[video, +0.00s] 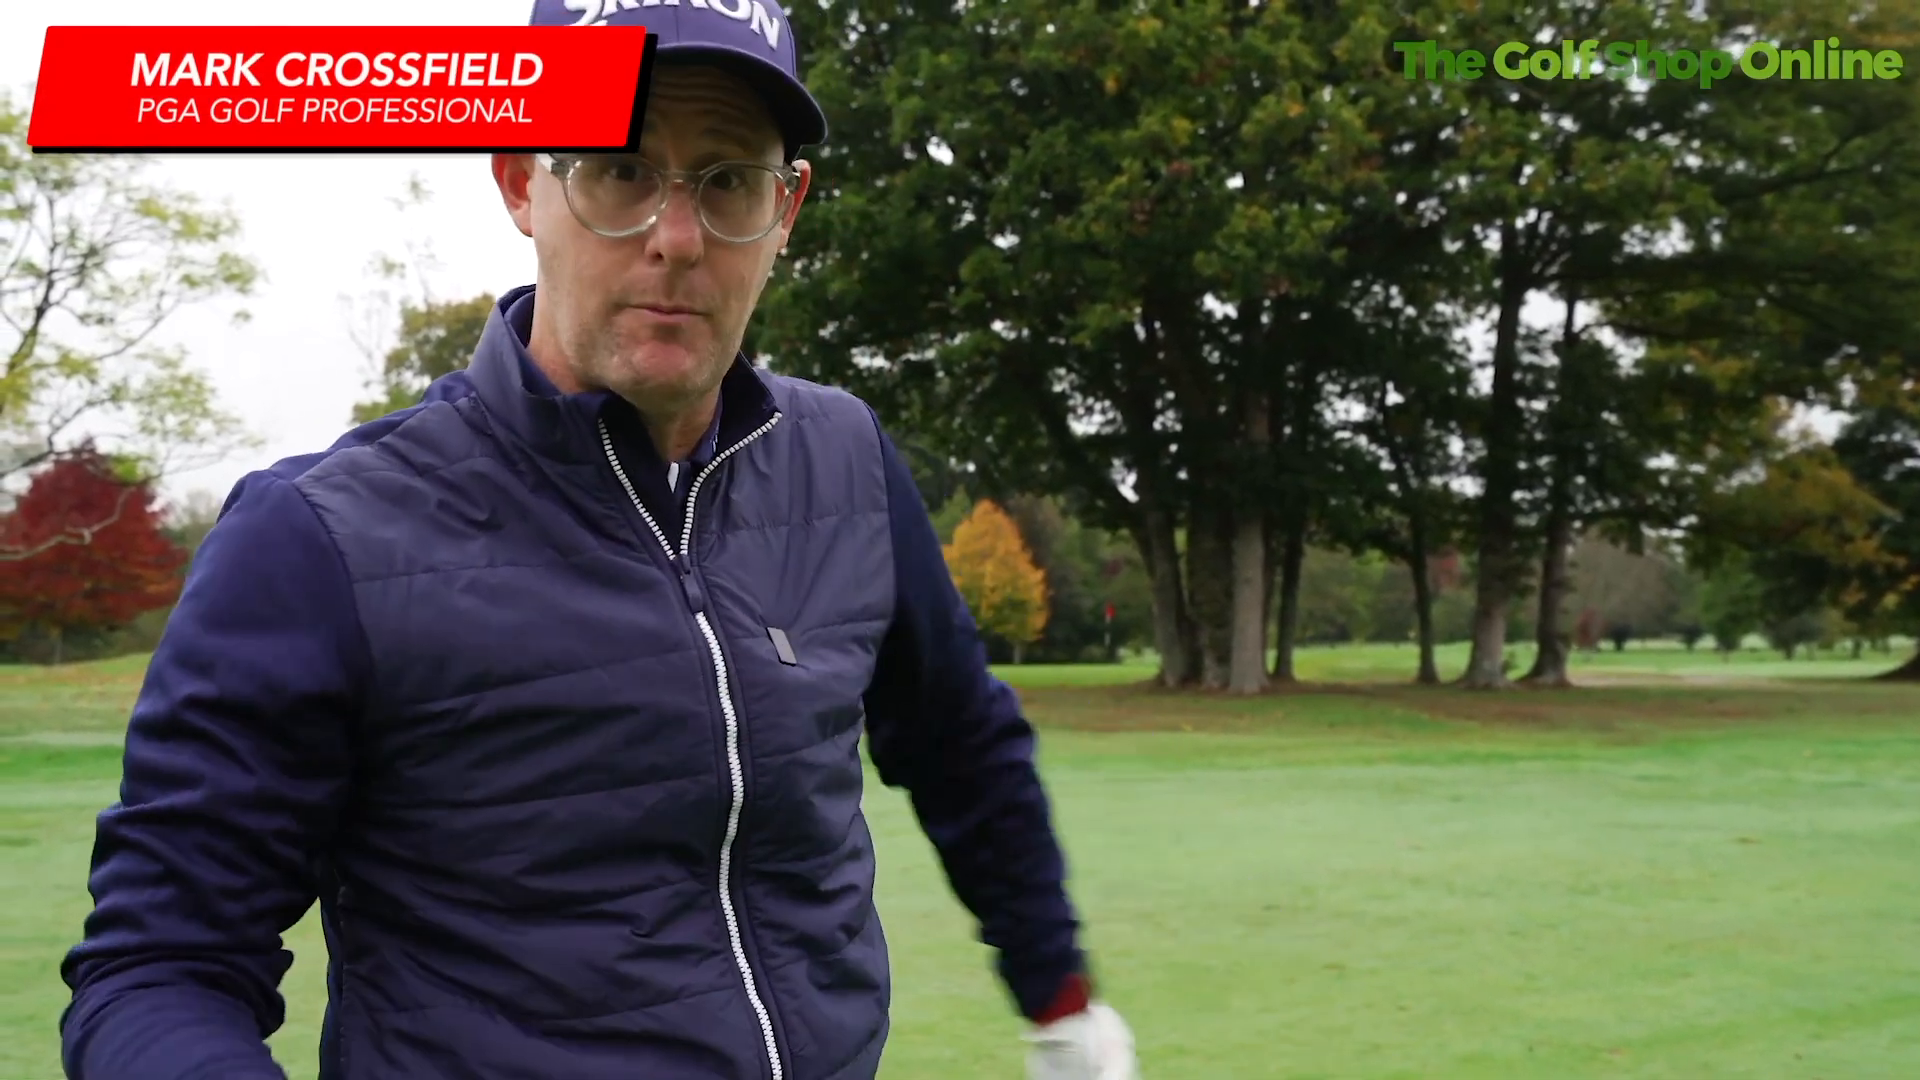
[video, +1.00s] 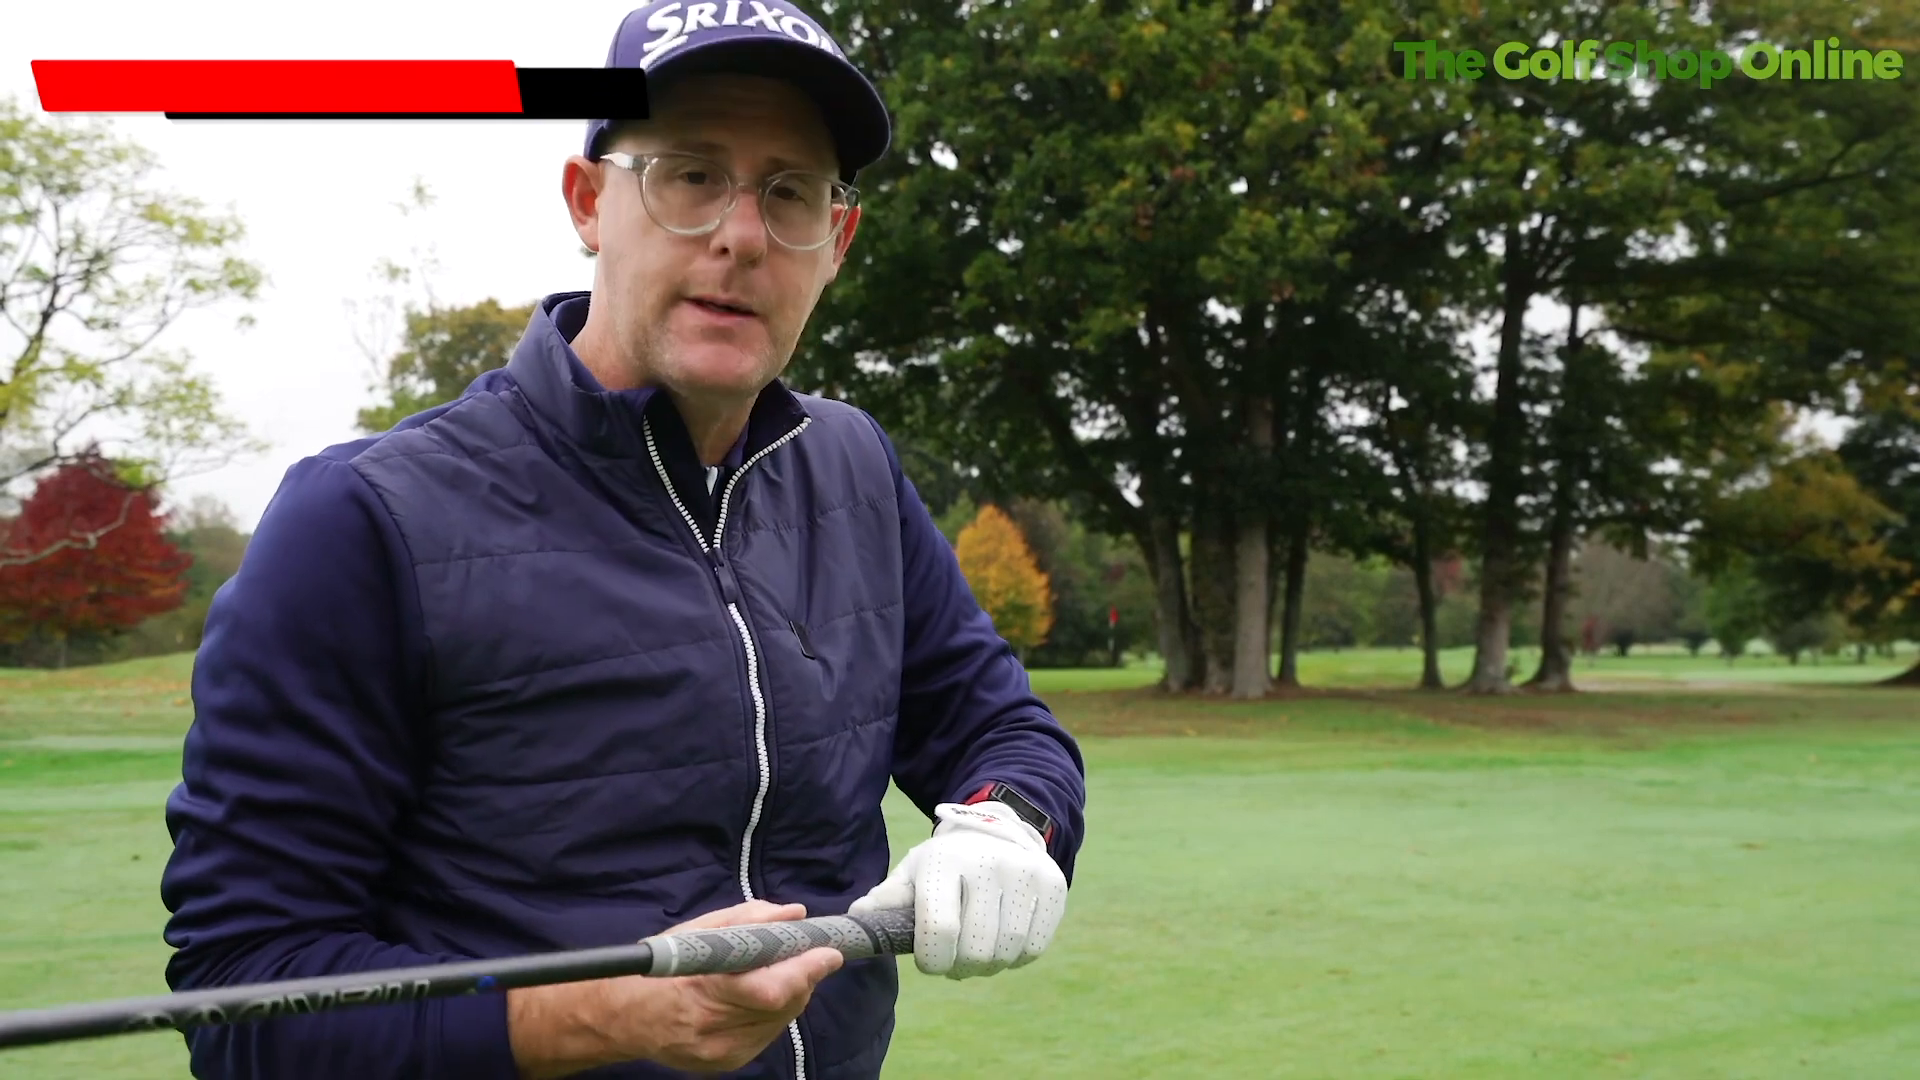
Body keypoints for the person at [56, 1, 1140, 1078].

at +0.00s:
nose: (675, 234)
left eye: (724, 178)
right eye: (621, 176)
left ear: (787, 219)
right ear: (526, 195)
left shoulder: (843, 469)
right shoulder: (321, 541)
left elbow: (966, 750)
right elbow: (161, 960)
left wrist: (1060, 998)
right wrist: (221, 1078)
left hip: (822, 1055)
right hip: (471, 1059)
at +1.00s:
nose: (739, 233)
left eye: (786, 189)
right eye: (692, 174)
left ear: (836, 244)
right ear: (588, 203)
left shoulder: (854, 477)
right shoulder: (370, 522)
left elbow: (1003, 729)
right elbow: (244, 997)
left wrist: (999, 824)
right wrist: (600, 1018)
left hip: (817, 1058)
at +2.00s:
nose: (721, 291)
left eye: (782, 240)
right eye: (683, 216)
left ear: (857, 266)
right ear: (600, 200)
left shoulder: (893, 434)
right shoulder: (415, 484)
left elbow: (970, 690)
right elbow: (343, 979)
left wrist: (1004, 933)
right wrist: (717, 923)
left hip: (851, 1054)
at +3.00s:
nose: (767, 200)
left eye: (811, 154)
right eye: (712, 139)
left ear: (863, 200)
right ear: (608, 170)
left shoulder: (882, 472)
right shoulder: (402, 506)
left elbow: (820, 840)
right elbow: (274, 966)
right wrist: (561, 1060)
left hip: (838, 1056)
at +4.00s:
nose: (849, 310)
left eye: (869, 248)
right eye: (793, 249)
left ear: (891, 224)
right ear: (629, 219)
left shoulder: (849, 484)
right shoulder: (410, 553)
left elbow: (887, 853)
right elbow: (366, 1024)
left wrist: (913, 1064)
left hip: (828, 1053)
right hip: (572, 1058)